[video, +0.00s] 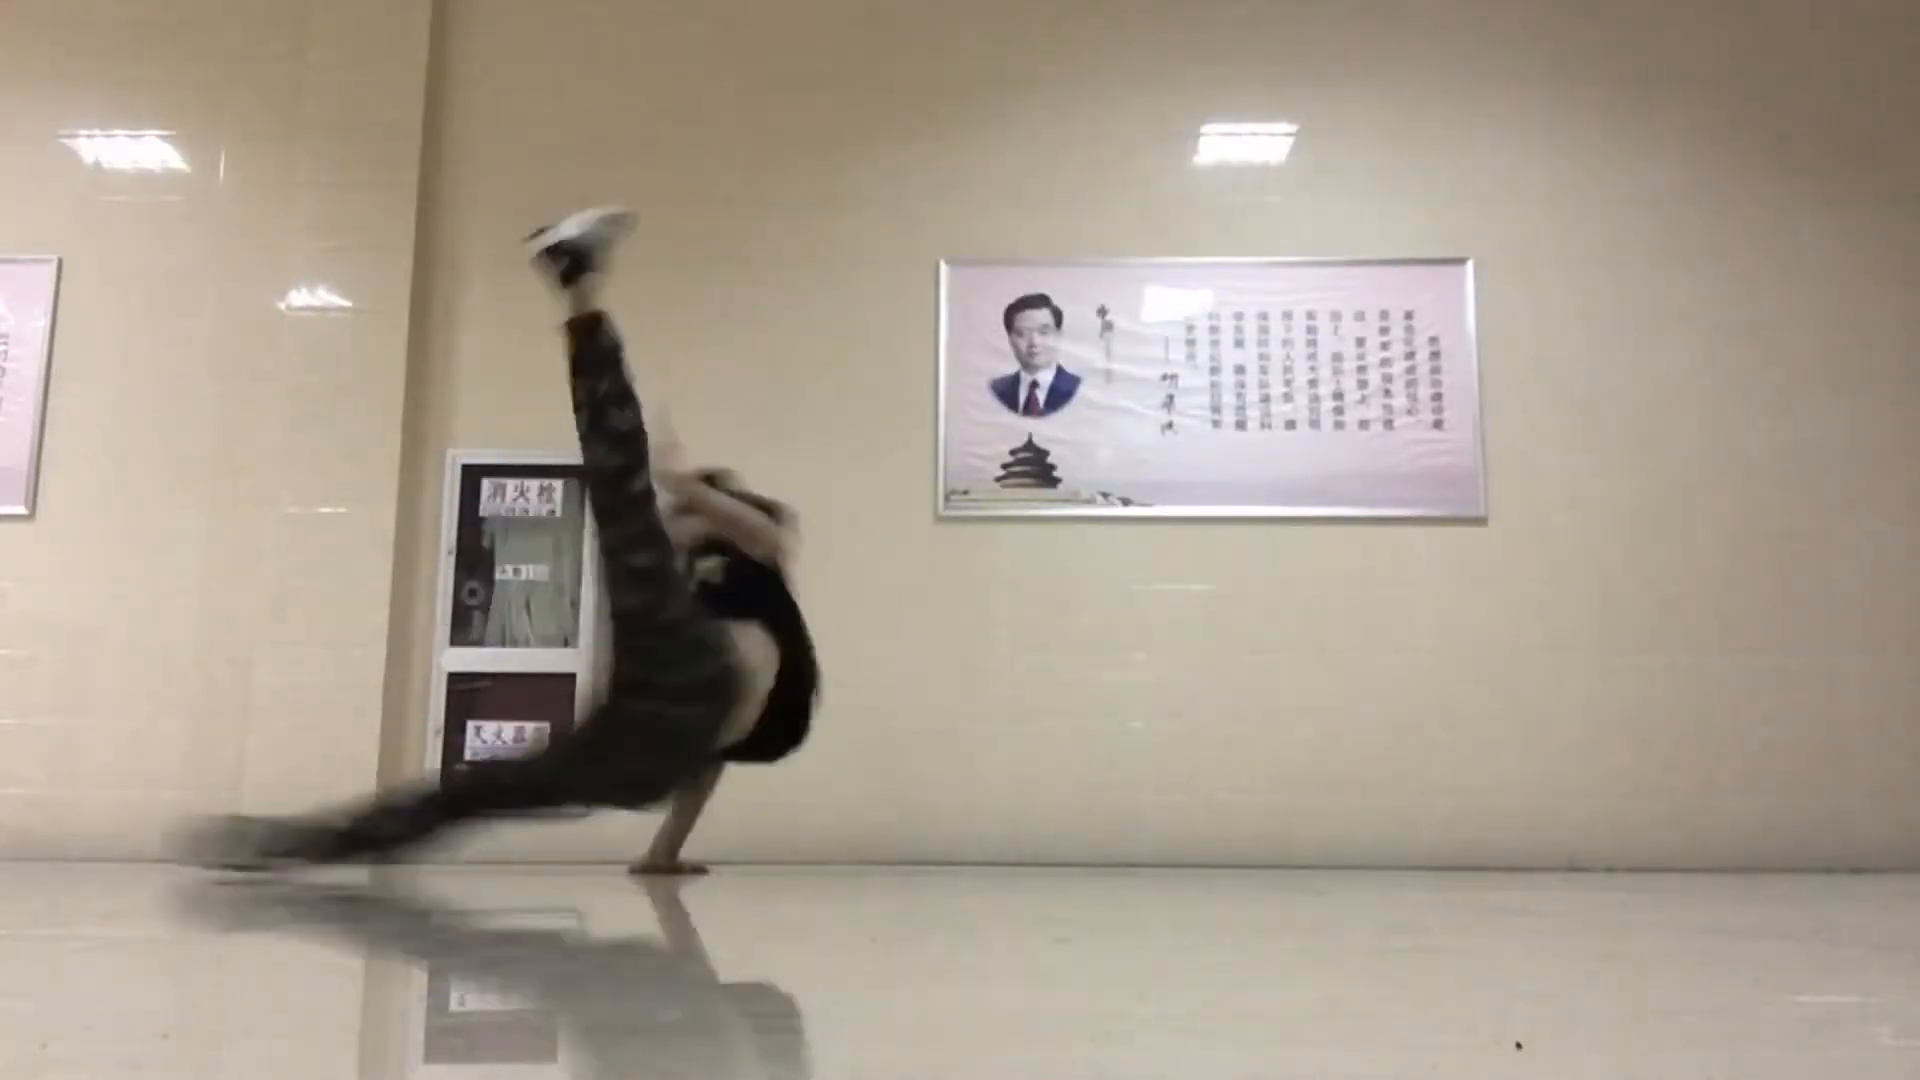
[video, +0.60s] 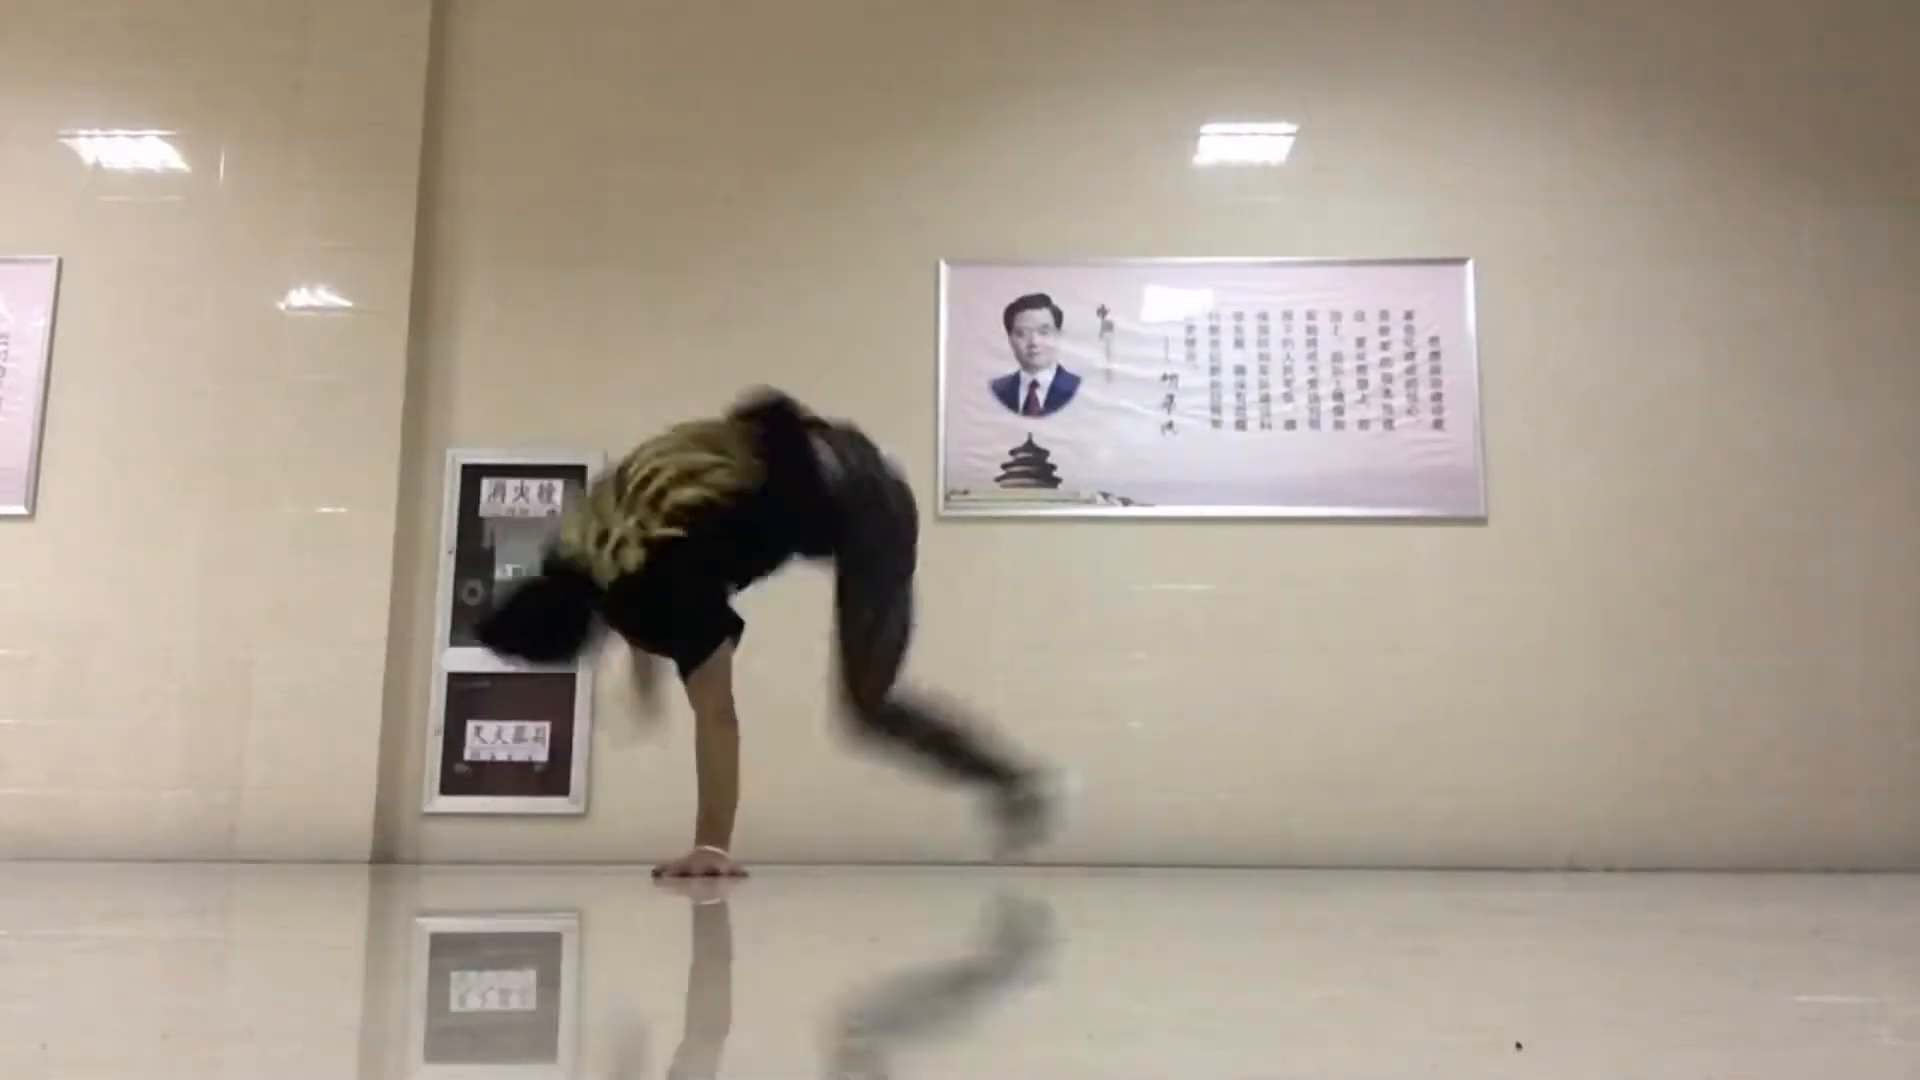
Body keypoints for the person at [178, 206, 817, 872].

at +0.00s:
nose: (678, 533)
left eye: (695, 513)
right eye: (680, 521)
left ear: (724, 521)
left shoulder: (761, 565)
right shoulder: (746, 689)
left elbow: (684, 497)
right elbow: (701, 779)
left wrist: (670, 482)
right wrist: (660, 862)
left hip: (674, 668)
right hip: (645, 763)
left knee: (621, 497)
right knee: (467, 794)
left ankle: (583, 294)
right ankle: (296, 844)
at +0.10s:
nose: (746, 540)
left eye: (761, 530)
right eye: (752, 529)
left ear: (797, 540)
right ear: (812, 549)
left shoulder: (799, 584)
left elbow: (803, 649)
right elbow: (722, 784)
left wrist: (771, 686)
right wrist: (665, 858)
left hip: (610, 642)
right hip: (586, 705)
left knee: (572, 509)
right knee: (448, 687)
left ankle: (540, 369)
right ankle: (308, 709)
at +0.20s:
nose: (767, 525)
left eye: (780, 516)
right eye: (774, 513)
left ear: (813, 535)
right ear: (823, 541)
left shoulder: (797, 612)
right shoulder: (793, 614)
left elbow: (755, 736)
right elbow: (739, 746)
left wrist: (721, 849)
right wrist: (680, 841)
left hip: (593, 678)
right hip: (608, 672)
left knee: (437, 604)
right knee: (609, 570)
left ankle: (205, 612)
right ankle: (572, 460)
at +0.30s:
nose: (742, 499)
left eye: (751, 486)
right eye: (747, 485)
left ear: (786, 492)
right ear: (805, 494)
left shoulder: (784, 582)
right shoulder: (807, 566)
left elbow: (749, 726)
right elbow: (778, 721)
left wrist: (716, 845)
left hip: (614, 695)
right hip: (639, 646)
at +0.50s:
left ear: (569, 546)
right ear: (573, 461)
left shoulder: (652, 585)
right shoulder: (647, 436)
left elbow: (715, 718)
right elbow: (694, 405)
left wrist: (711, 848)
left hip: (838, 620)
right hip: (864, 539)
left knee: (734, 755)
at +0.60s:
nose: (568, 646)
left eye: (561, 644)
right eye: (561, 642)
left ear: (569, 639)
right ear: (554, 601)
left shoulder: (660, 587)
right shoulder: (585, 536)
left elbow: (719, 720)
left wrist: (713, 847)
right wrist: (642, 655)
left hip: (864, 493)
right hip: (794, 444)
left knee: (869, 706)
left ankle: (1017, 787)